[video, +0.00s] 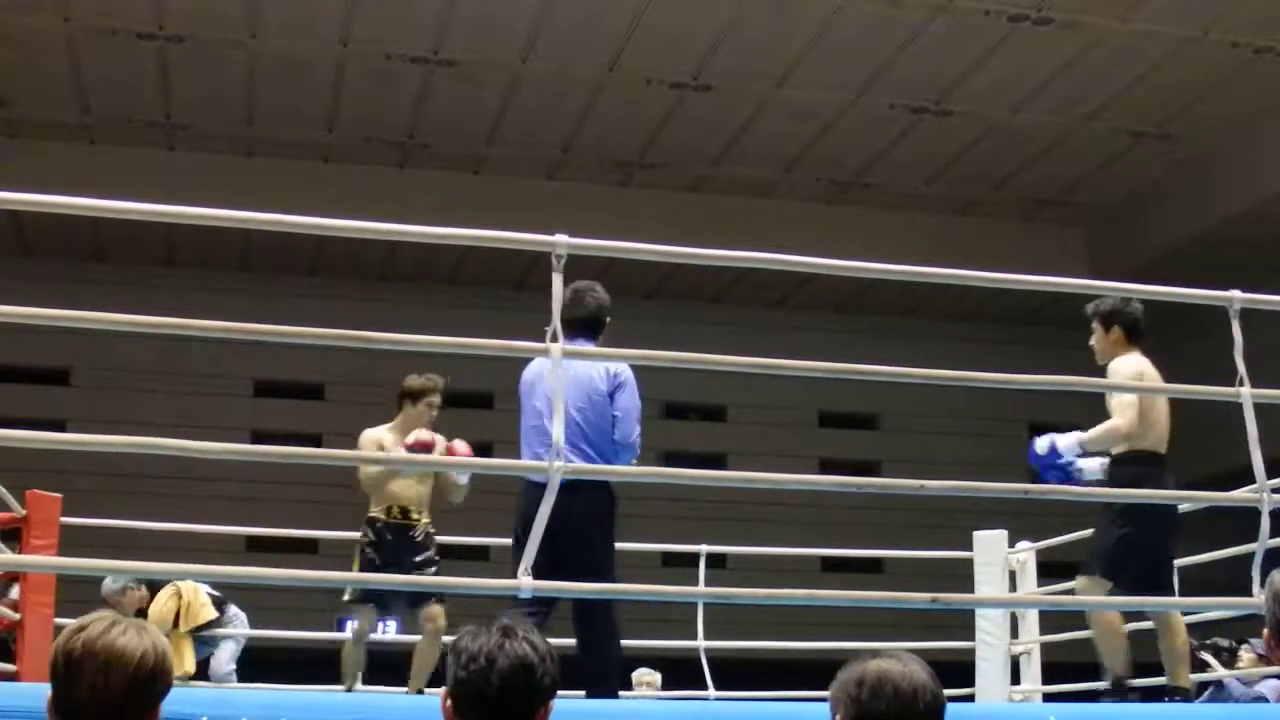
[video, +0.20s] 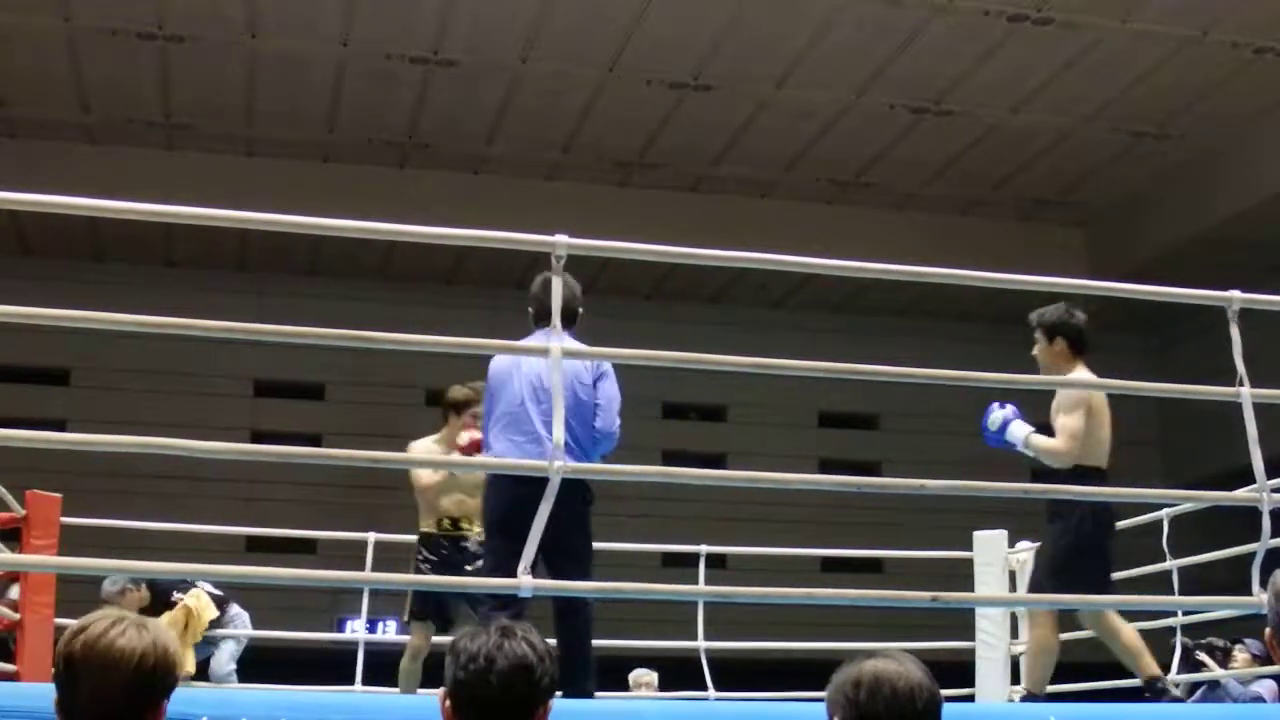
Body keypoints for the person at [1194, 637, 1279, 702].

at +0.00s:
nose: (1239, 654)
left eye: (1247, 651)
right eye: (1240, 650)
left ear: (1263, 659)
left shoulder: (1273, 684)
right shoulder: (1222, 685)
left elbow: (1253, 701)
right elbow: (1197, 707)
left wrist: (1223, 674)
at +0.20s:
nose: (1233, 654)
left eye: (1241, 651)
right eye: (1233, 650)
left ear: (1257, 661)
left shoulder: (1267, 684)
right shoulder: (1214, 686)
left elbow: (1249, 701)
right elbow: (1187, 707)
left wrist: (1218, 672)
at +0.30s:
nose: (1230, 654)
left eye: (1238, 651)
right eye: (1230, 650)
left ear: (1253, 661)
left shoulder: (1264, 685)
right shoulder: (1208, 686)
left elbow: (1242, 700)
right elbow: (1174, 711)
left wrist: (1214, 671)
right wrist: (1183, 676)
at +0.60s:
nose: (1220, 654)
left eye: (1228, 652)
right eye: (1219, 651)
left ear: (1242, 661)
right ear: (1213, 656)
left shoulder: (1253, 686)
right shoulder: (1197, 687)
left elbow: (1236, 703)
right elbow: (1165, 712)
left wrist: (1205, 673)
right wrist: (1171, 685)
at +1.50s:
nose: (1215, 667)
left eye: (1221, 664)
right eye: (1213, 664)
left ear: (1234, 672)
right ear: (1207, 669)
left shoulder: (1245, 696)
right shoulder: (1186, 698)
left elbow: (1234, 710)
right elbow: (1152, 712)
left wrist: (1203, 683)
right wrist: (1167, 687)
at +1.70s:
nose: (1218, 671)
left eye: (1224, 669)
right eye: (1216, 669)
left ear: (1236, 682)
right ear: (1211, 675)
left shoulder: (1246, 701)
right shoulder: (1192, 701)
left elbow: (1231, 711)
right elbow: (1153, 713)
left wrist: (1203, 687)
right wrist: (1168, 691)